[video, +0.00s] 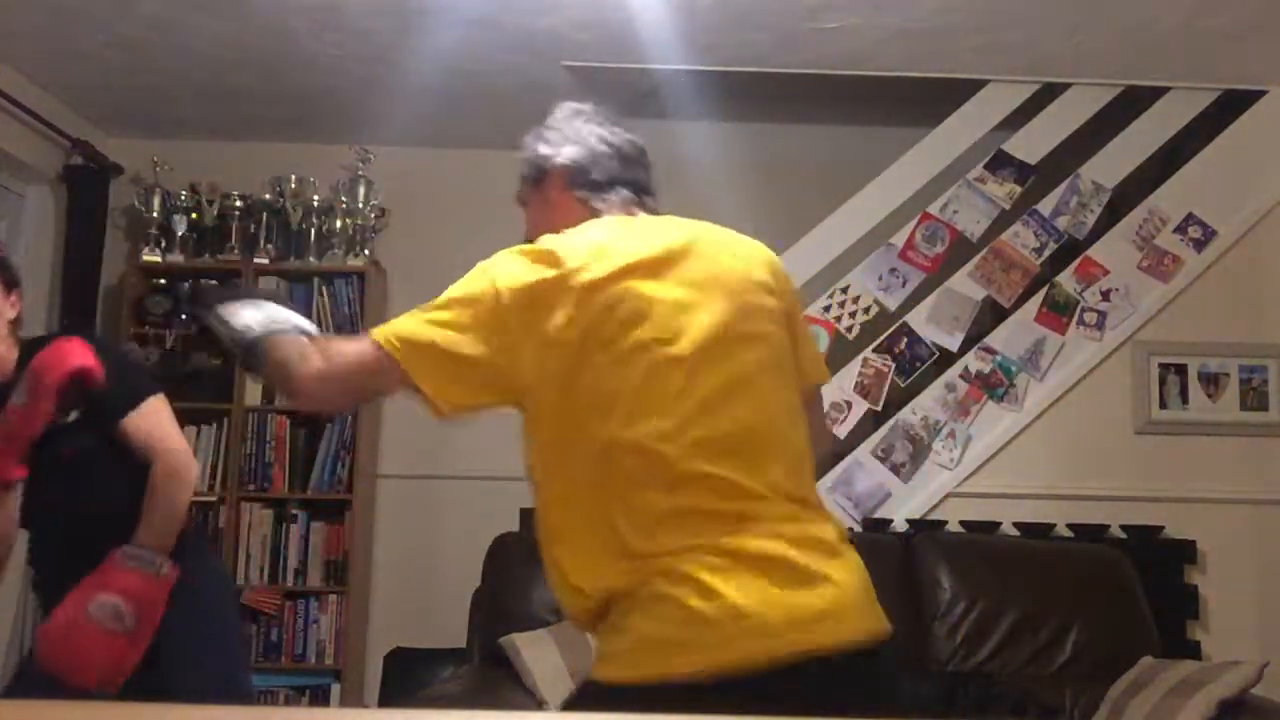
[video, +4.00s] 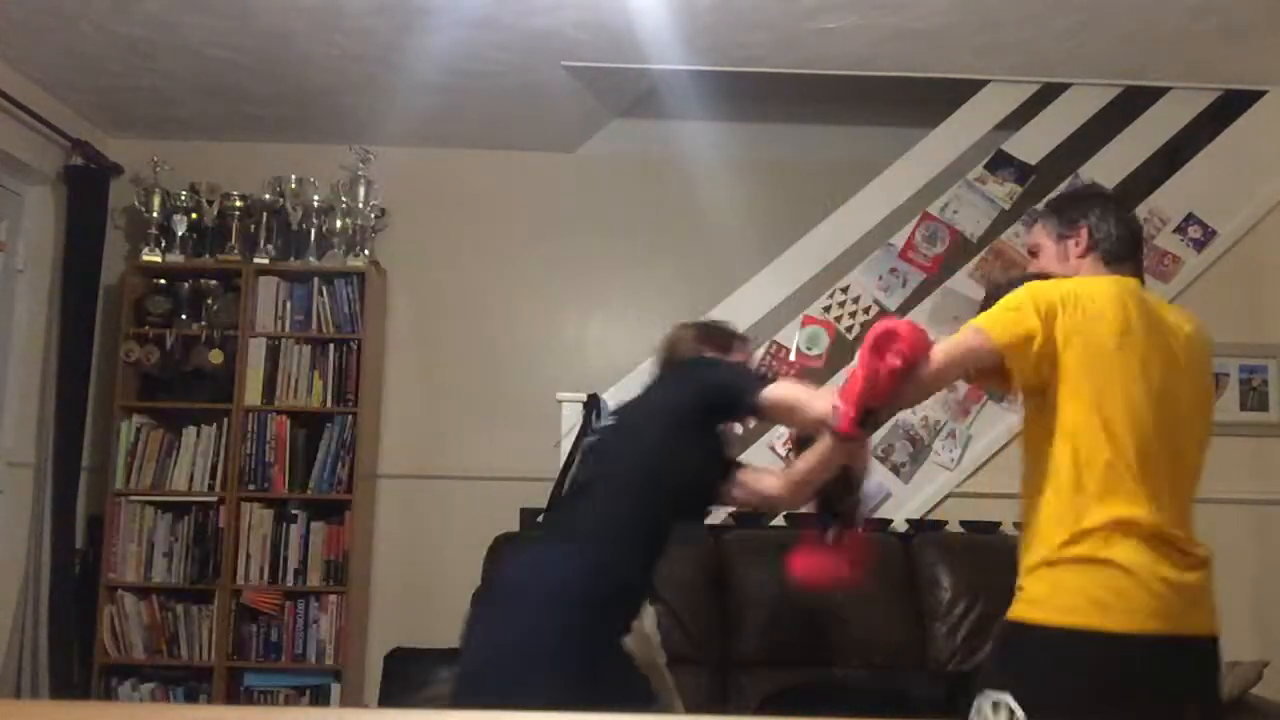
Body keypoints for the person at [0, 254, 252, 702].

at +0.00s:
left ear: (11, 302)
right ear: (11, 303)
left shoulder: (77, 358)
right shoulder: (10, 407)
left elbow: (177, 464)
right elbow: (5, 549)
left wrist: (134, 575)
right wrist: (11, 448)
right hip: (71, 608)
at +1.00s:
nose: (213, 336)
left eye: (219, 324)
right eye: (205, 318)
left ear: (185, 291)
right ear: (173, 283)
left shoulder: (183, 352)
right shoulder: (60, 340)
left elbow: (277, 465)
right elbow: (182, 439)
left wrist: (348, 395)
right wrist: (234, 305)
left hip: (161, 633)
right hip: (57, 637)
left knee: (221, 709)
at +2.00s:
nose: (422, 249)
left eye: (423, 232)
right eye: (409, 231)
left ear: (362, 235)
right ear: (348, 231)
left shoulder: (402, 309)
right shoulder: (271, 330)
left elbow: (536, 352)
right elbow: (395, 433)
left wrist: (629, 289)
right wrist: (563, 433)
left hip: (335, 623)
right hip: (232, 627)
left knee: (391, 712)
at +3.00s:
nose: (357, 312)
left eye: (358, 291)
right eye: (347, 287)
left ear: (296, 282)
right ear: (293, 278)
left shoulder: (287, 366)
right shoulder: (170, 357)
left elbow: (318, 497)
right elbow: (227, 502)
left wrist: (387, 417)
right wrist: (341, 388)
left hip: (252, 639)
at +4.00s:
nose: (756, 373)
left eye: (752, 363)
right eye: (746, 362)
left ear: (679, 361)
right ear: (716, 357)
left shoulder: (673, 451)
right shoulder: (699, 381)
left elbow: (780, 488)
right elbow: (825, 409)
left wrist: (851, 428)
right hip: (561, 624)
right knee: (655, 705)